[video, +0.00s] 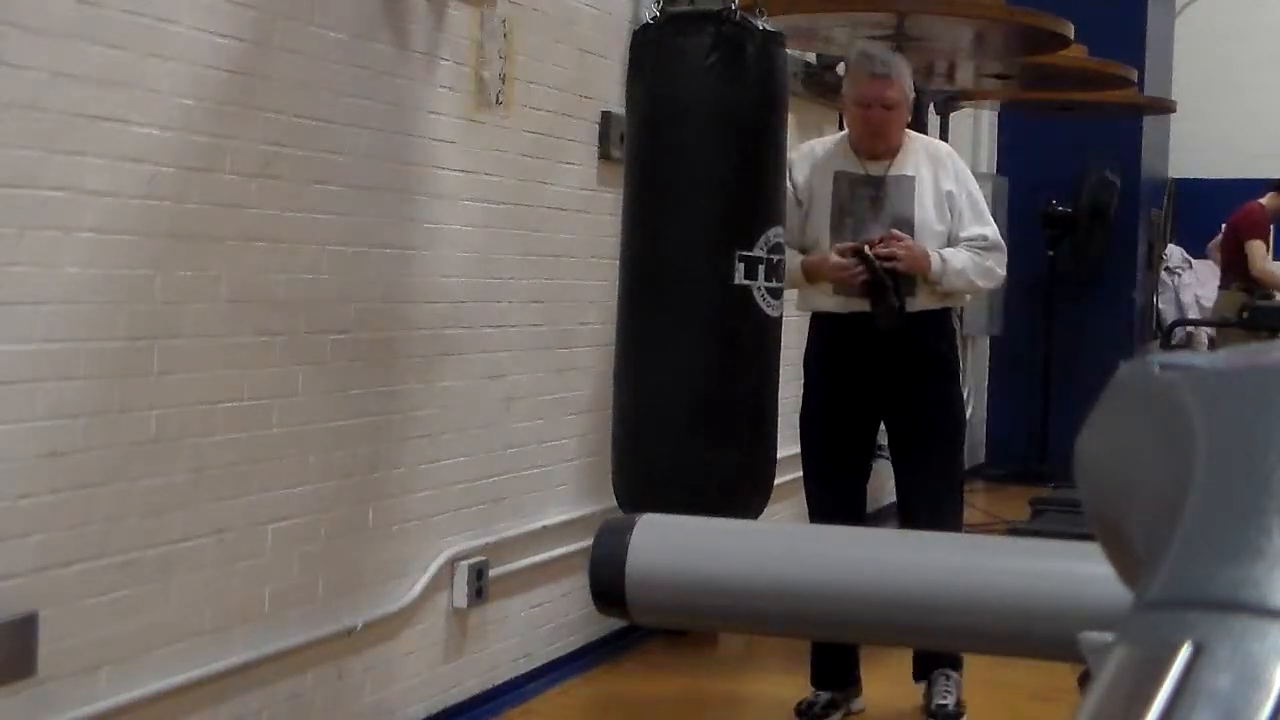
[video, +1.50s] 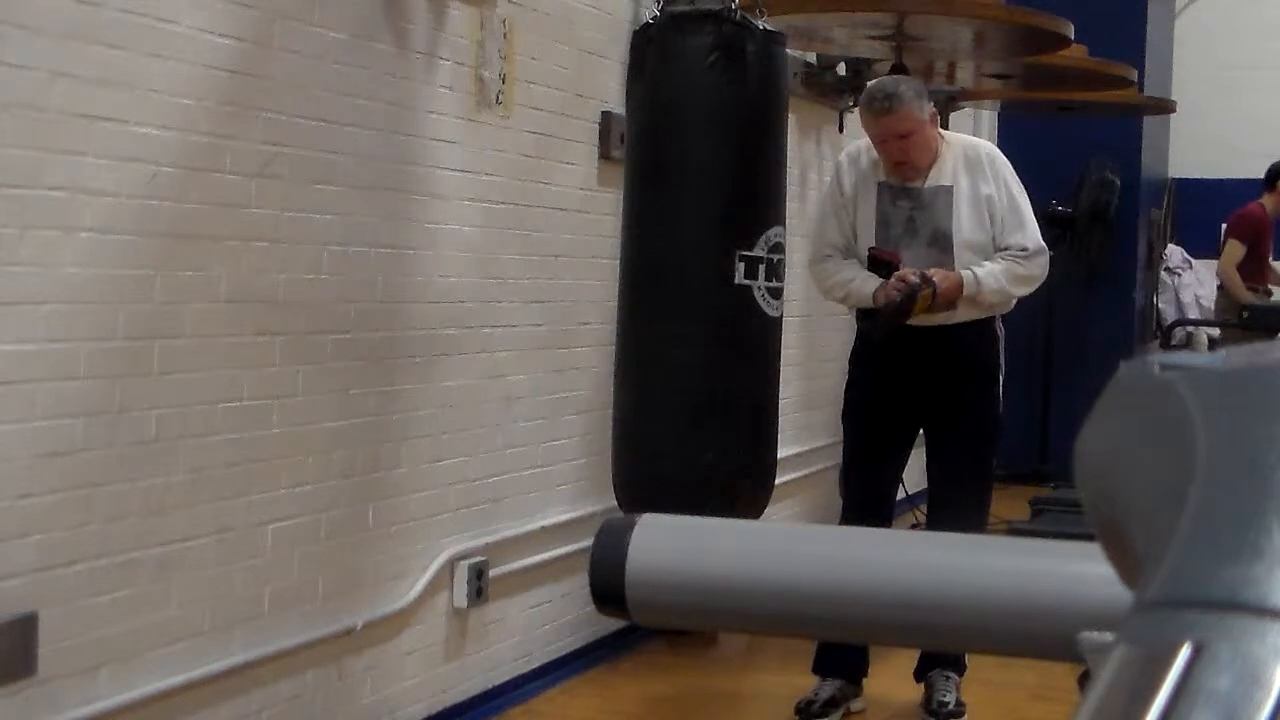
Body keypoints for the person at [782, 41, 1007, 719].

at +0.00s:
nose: (880, 121)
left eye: (892, 109)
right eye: (868, 107)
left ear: (911, 104)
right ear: (843, 101)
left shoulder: (943, 164)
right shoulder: (806, 163)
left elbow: (991, 259)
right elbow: (770, 260)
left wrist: (928, 262)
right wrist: (816, 268)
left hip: (923, 358)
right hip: (836, 357)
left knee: (934, 517)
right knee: (831, 519)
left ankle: (941, 671)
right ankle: (835, 681)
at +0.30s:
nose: (902, 132)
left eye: (917, 120)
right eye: (891, 118)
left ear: (940, 112)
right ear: (874, 107)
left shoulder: (969, 174)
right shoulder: (832, 164)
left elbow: (1008, 272)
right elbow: (778, 251)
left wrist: (956, 277)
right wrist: (819, 267)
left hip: (933, 359)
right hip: (849, 355)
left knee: (934, 514)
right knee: (838, 516)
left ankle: (940, 670)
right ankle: (834, 679)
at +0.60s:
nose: (927, 147)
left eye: (941, 134)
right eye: (916, 132)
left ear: (960, 123)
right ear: (897, 119)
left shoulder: (990, 179)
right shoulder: (854, 163)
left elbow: (1011, 285)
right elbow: (802, 245)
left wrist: (936, 299)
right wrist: (835, 282)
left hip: (948, 366)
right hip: (864, 361)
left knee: (946, 521)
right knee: (850, 516)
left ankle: (941, 670)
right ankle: (837, 673)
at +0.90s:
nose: (918, 151)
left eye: (931, 139)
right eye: (907, 139)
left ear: (955, 125)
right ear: (891, 125)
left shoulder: (986, 175)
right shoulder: (856, 164)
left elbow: (1022, 276)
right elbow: (820, 256)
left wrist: (930, 275)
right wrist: (862, 285)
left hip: (960, 355)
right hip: (875, 352)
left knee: (954, 516)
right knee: (857, 512)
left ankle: (942, 668)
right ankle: (838, 672)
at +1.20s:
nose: (896, 153)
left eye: (907, 139)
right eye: (883, 142)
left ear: (935, 125)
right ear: (869, 133)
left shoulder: (983, 162)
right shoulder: (851, 167)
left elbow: (1038, 254)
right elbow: (825, 258)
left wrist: (963, 275)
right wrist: (873, 291)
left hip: (967, 354)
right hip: (881, 352)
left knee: (959, 515)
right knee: (861, 511)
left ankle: (943, 667)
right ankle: (839, 673)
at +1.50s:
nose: (894, 157)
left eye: (905, 143)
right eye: (882, 146)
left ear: (933, 123)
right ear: (867, 133)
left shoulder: (984, 163)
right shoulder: (851, 167)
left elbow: (1031, 262)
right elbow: (825, 264)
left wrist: (959, 285)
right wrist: (875, 289)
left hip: (967, 356)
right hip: (882, 353)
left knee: (959, 516)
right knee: (861, 510)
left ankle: (943, 670)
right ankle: (839, 673)